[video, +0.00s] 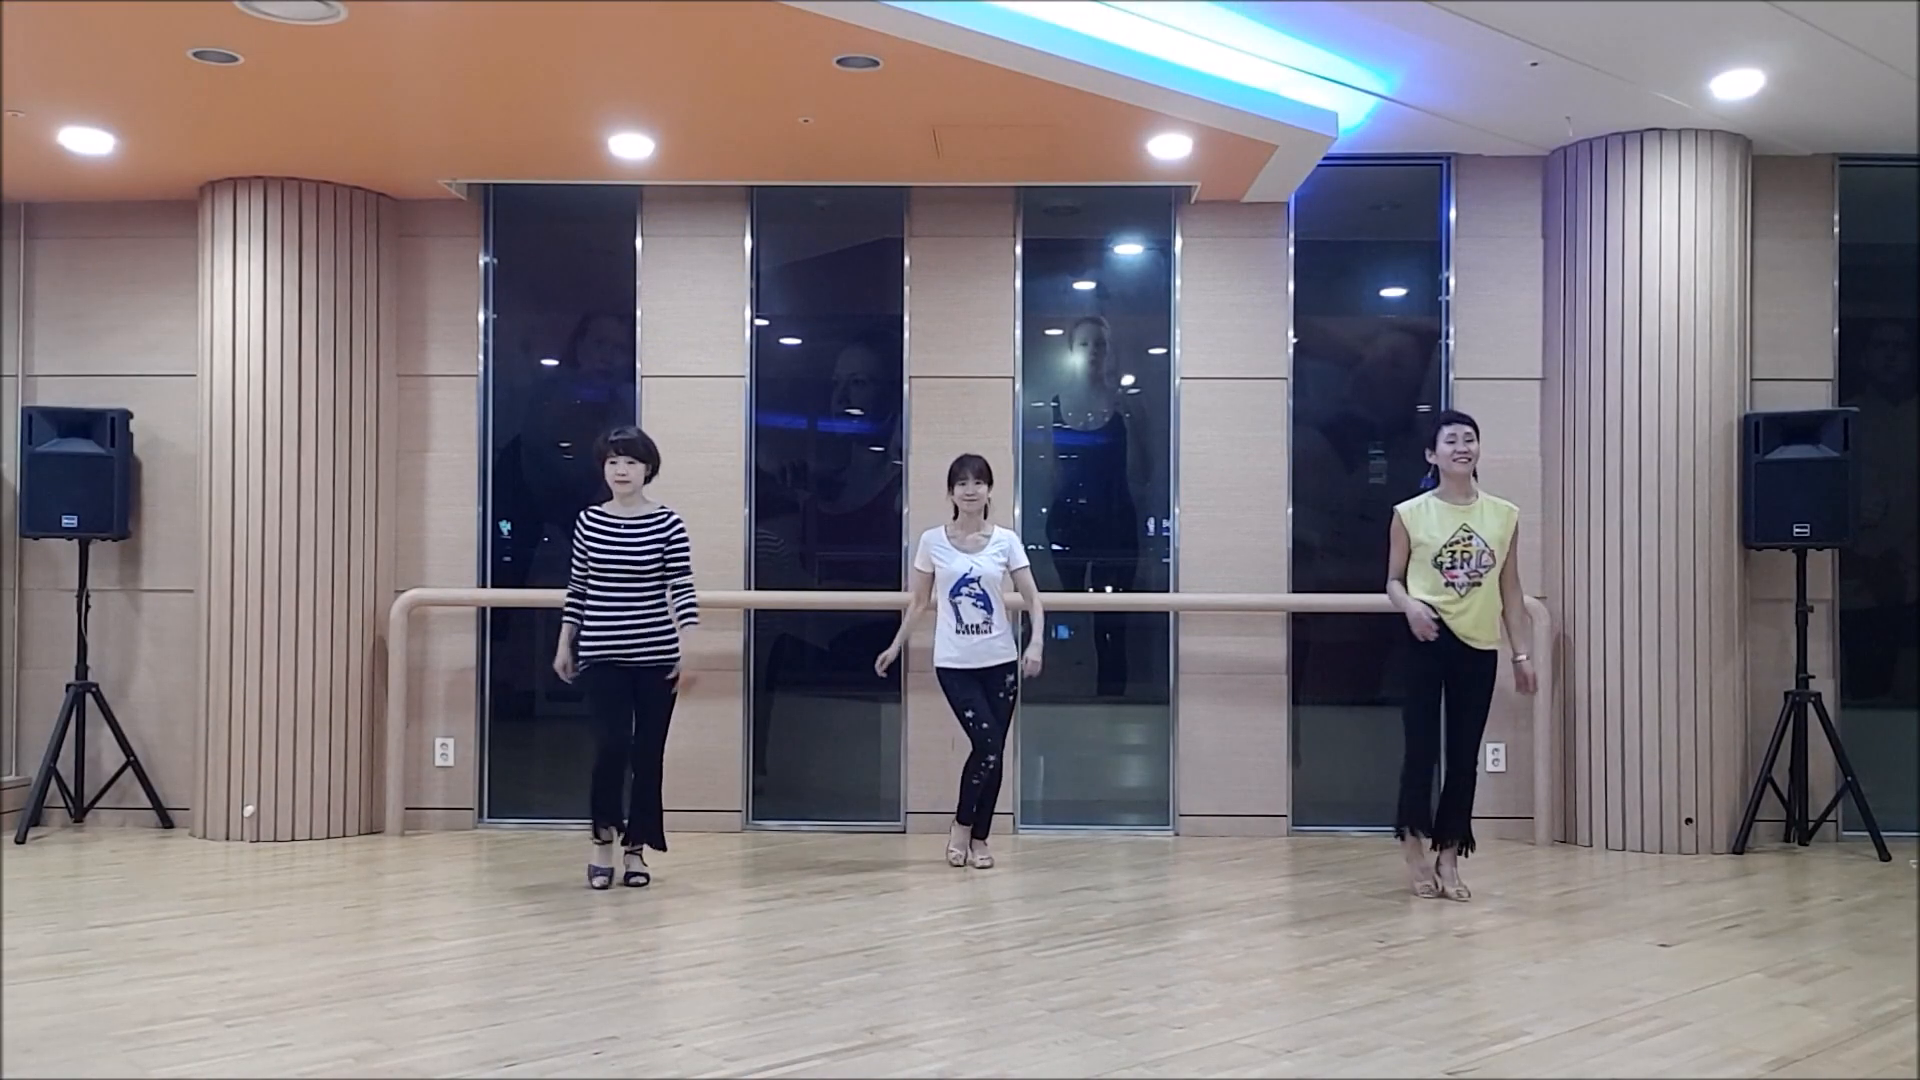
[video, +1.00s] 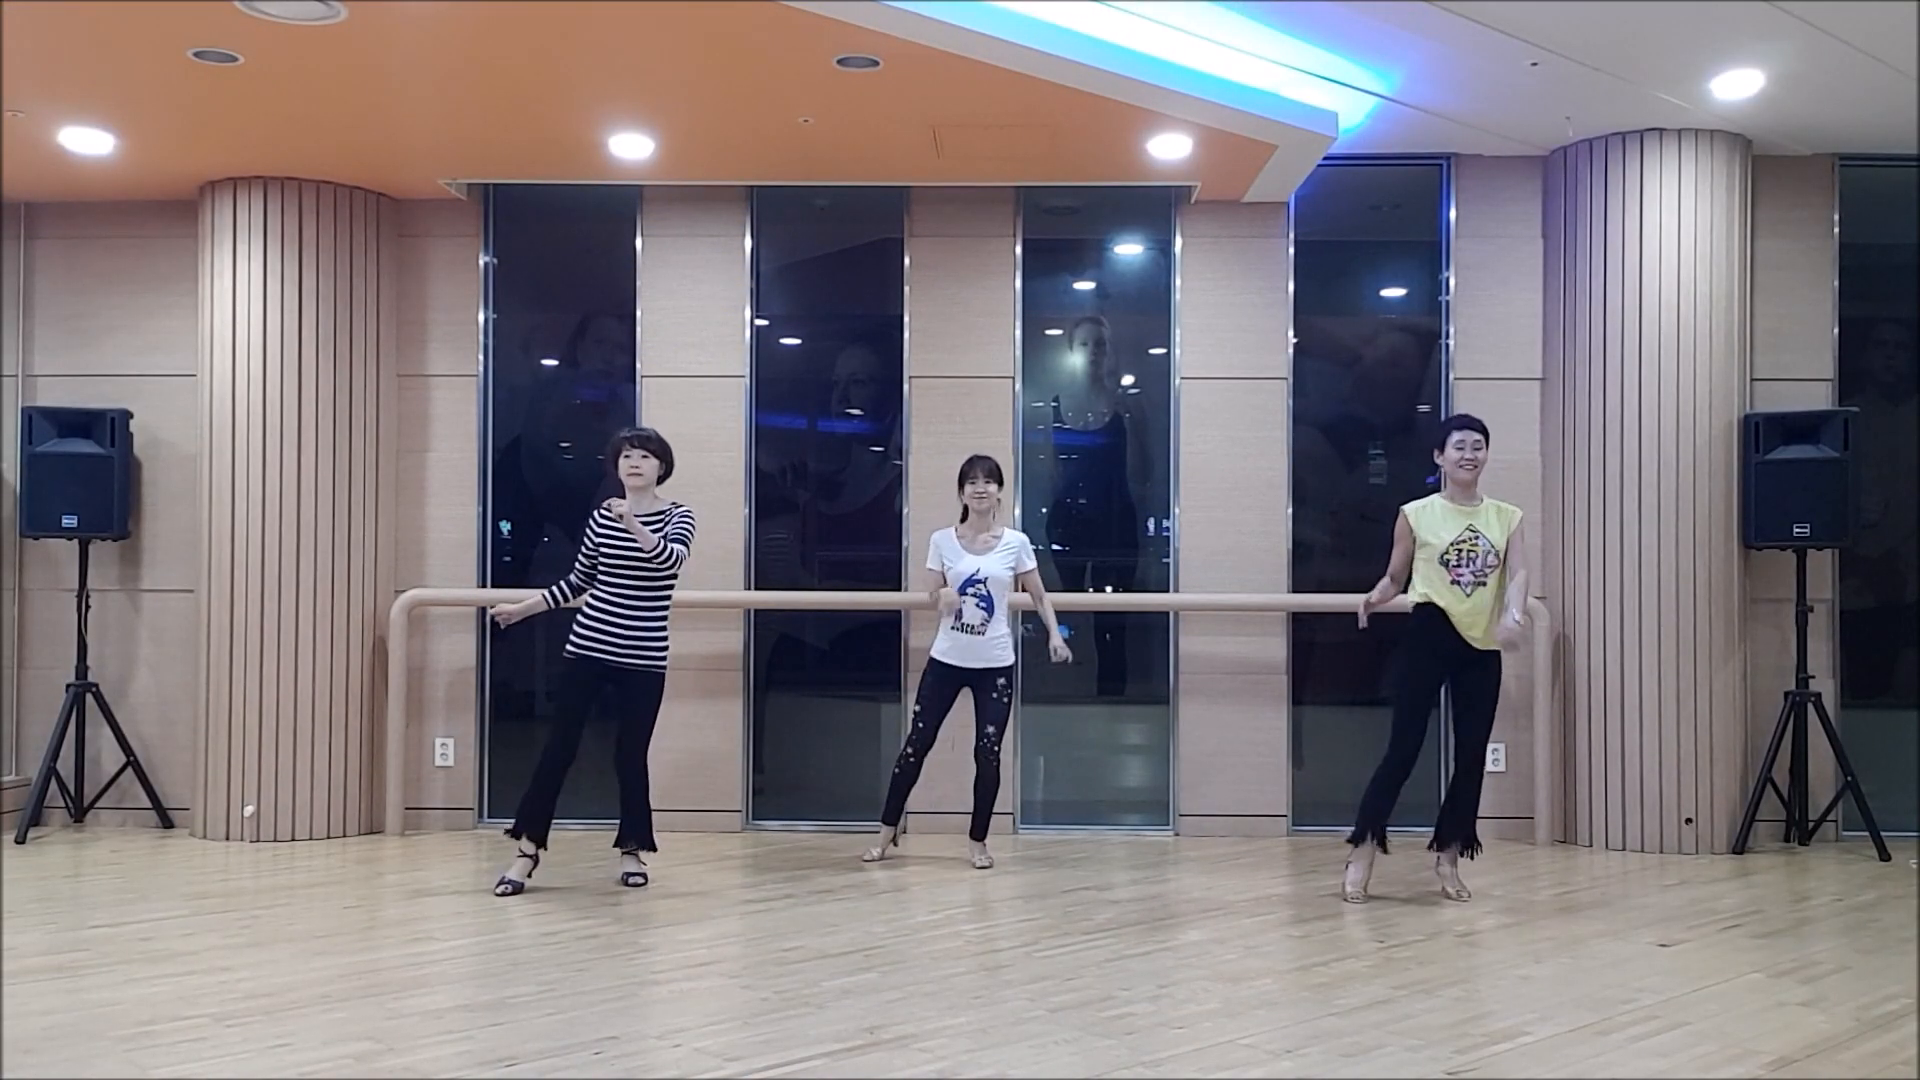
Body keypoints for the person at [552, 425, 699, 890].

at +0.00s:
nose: (620, 470)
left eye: (631, 462)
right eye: (613, 462)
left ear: (648, 469)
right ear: (604, 468)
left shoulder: (666, 522)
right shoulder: (589, 520)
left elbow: (682, 587)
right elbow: (577, 586)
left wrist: (689, 650)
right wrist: (564, 642)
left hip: (657, 655)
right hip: (602, 655)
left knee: (648, 755)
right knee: (612, 746)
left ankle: (635, 850)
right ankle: (602, 842)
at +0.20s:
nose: (626, 468)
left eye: (636, 461)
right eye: (619, 461)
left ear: (654, 468)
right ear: (608, 469)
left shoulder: (680, 519)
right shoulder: (597, 525)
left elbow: (731, 556)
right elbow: (569, 585)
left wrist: (777, 571)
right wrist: (519, 608)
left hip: (646, 658)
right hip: (590, 652)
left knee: (630, 758)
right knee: (559, 745)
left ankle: (633, 855)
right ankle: (520, 850)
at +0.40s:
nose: (630, 464)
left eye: (639, 457)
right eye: (623, 457)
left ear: (656, 467)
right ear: (611, 465)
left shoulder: (677, 519)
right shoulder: (596, 520)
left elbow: (720, 569)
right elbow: (560, 578)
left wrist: (736, 553)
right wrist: (508, 594)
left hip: (651, 658)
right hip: (593, 652)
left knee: (638, 757)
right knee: (564, 747)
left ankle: (633, 854)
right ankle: (530, 847)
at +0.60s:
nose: (630, 465)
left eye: (640, 459)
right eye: (623, 458)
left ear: (656, 470)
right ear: (610, 467)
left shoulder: (668, 527)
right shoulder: (591, 520)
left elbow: (680, 598)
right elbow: (568, 583)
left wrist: (655, 574)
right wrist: (518, 609)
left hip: (660, 656)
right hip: (605, 656)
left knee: (653, 755)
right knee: (615, 753)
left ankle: (637, 852)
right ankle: (609, 849)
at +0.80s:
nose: (630, 459)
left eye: (640, 453)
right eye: (623, 452)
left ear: (656, 465)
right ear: (611, 462)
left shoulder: (674, 515)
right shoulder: (596, 515)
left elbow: (679, 578)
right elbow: (575, 581)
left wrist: (635, 547)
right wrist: (524, 608)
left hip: (650, 652)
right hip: (594, 647)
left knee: (641, 752)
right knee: (572, 743)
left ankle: (633, 851)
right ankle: (537, 847)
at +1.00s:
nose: (635, 463)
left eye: (645, 457)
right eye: (628, 457)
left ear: (662, 467)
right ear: (616, 466)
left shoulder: (678, 517)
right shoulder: (604, 514)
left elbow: (670, 560)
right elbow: (578, 583)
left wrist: (631, 519)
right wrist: (524, 606)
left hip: (644, 656)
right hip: (587, 647)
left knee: (631, 755)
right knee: (560, 745)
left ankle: (632, 853)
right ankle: (527, 850)